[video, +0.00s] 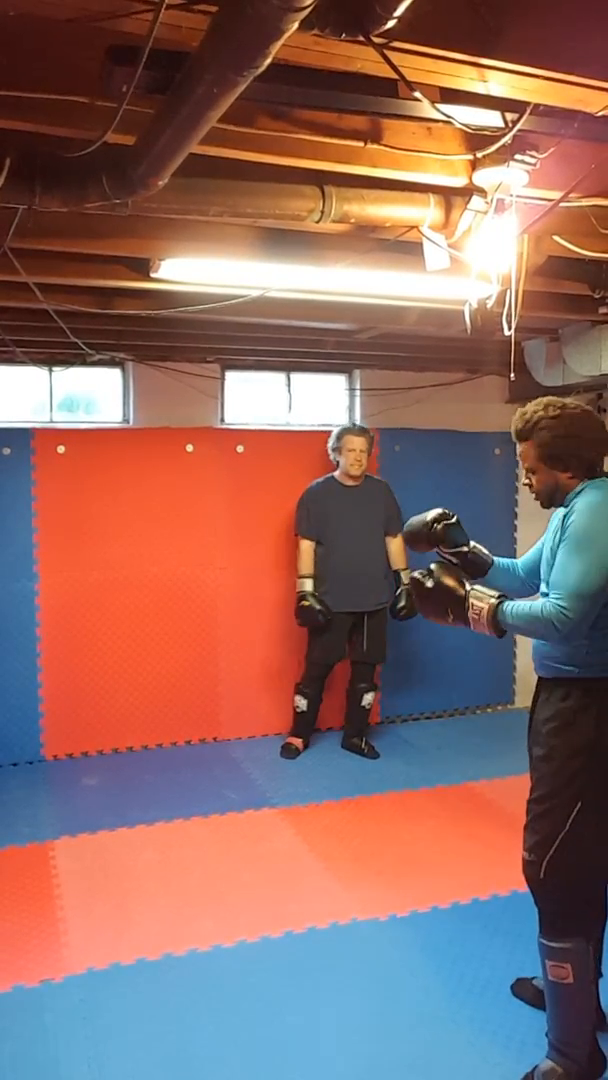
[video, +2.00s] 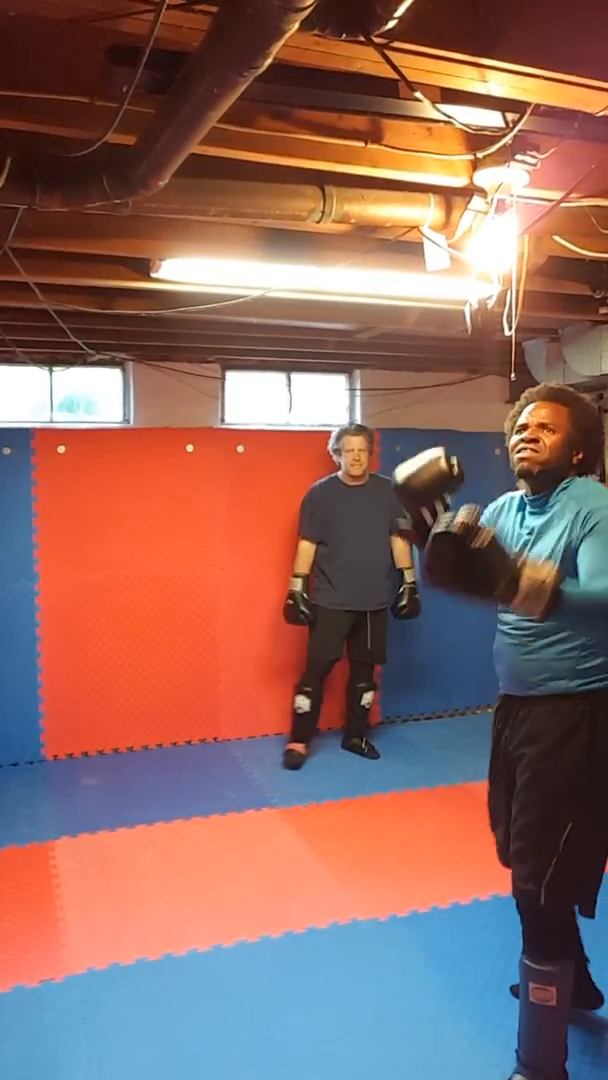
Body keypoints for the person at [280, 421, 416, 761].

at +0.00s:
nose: (358, 457)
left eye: (363, 452)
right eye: (351, 451)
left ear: (370, 455)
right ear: (336, 454)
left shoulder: (381, 491)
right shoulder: (316, 495)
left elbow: (394, 539)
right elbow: (307, 545)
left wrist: (404, 583)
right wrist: (306, 593)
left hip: (374, 601)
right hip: (331, 601)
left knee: (366, 671)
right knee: (316, 670)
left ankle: (355, 735)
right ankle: (300, 733)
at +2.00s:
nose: (356, 457)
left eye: (362, 451)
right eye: (350, 452)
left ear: (371, 454)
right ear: (338, 455)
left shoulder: (387, 491)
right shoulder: (320, 494)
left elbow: (400, 539)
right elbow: (307, 543)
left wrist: (409, 583)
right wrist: (296, 588)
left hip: (375, 600)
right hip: (330, 599)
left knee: (365, 670)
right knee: (316, 669)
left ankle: (355, 736)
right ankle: (299, 741)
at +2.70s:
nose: (301, 461)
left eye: (307, 455)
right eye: (294, 455)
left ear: (318, 457)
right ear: (284, 459)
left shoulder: (338, 494)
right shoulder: (268, 498)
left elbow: (353, 544)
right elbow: (256, 548)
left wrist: (360, 593)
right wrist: (245, 595)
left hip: (329, 606)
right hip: (279, 606)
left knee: (343, 676)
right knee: (278, 677)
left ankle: (352, 736)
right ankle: (280, 748)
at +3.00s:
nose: (282, 458)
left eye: (288, 451)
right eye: (276, 452)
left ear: (301, 453)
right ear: (267, 455)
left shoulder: (323, 491)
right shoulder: (252, 495)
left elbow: (337, 540)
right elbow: (240, 546)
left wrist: (342, 587)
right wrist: (230, 593)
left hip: (313, 601)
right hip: (266, 602)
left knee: (312, 674)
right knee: (272, 675)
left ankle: (317, 747)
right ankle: (279, 745)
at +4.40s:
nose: (311, 454)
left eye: (316, 448)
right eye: (303, 449)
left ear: (324, 452)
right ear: (288, 454)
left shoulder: (339, 491)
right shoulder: (270, 494)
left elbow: (353, 532)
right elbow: (257, 543)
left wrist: (352, 551)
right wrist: (283, 574)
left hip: (332, 604)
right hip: (286, 606)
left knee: (342, 675)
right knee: (283, 677)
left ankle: (354, 744)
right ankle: (281, 748)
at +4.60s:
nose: (326, 455)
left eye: (331, 449)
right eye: (318, 450)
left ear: (337, 451)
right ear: (303, 454)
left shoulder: (353, 489)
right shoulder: (287, 492)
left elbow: (371, 534)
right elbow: (275, 544)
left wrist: (363, 547)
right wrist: (322, 547)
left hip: (349, 604)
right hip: (303, 606)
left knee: (354, 675)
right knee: (293, 676)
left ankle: (356, 745)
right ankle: (283, 748)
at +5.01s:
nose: (357, 457)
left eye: (361, 450)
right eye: (349, 451)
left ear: (367, 452)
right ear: (332, 455)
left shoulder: (381, 490)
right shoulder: (315, 493)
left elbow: (398, 536)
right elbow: (301, 547)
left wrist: (390, 541)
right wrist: (346, 537)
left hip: (375, 603)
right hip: (333, 604)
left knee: (366, 674)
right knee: (329, 672)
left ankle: (358, 744)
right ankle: (295, 747)